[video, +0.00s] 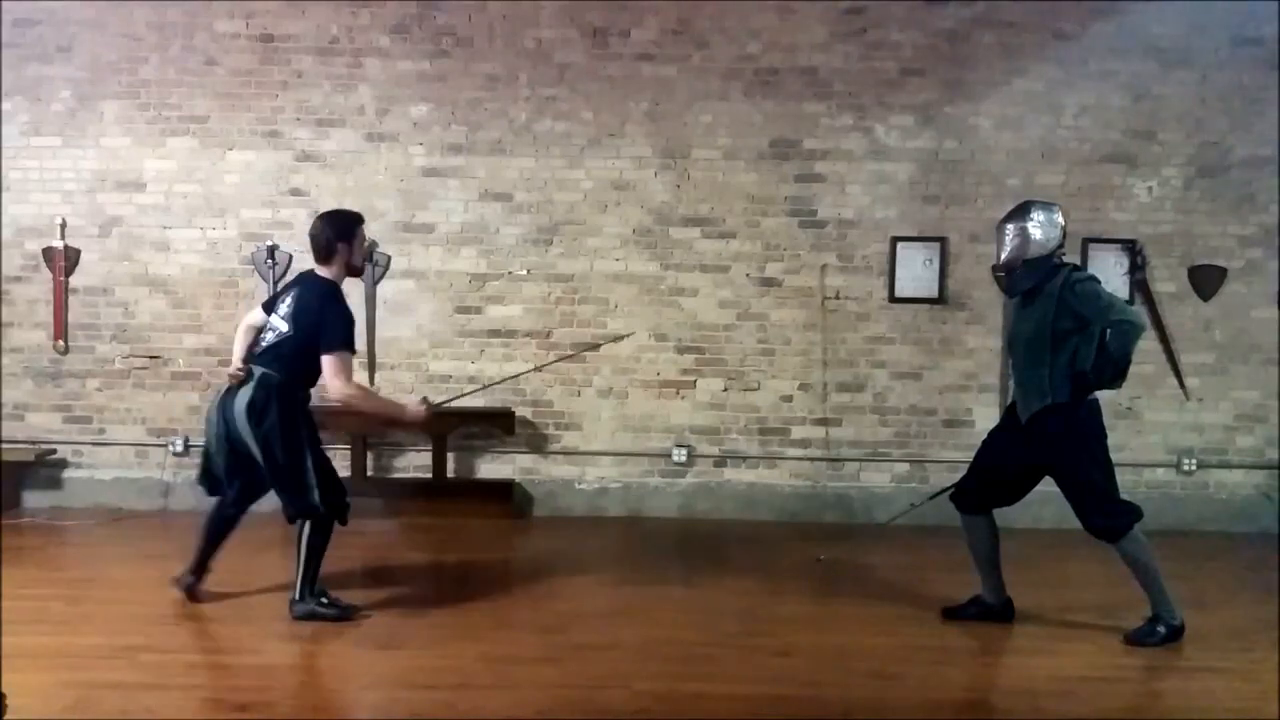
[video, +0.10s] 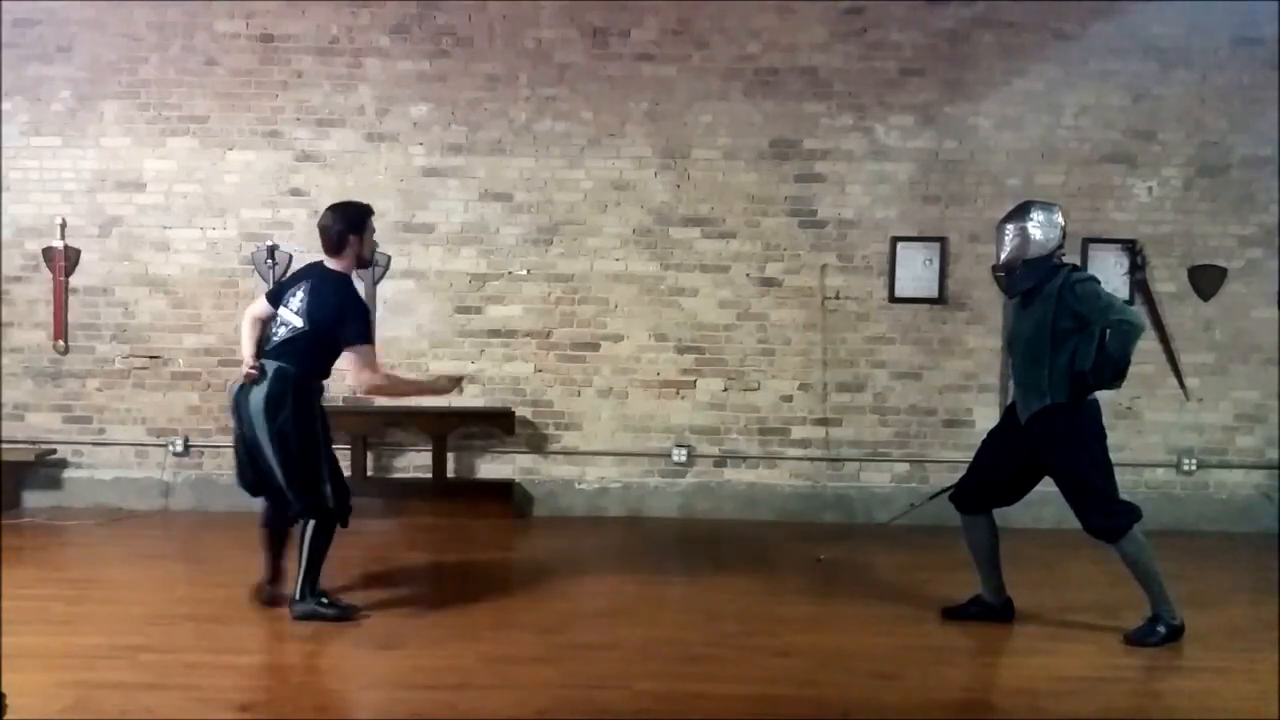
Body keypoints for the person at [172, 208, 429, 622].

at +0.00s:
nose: (366, 249)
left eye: (365, 241)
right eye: (361, 242)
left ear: (322, 248)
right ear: (341, 248)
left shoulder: (297, 285)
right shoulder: (334, 307)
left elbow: (248, 323)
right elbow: (340, 389)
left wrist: (238, 363)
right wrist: (402, 410)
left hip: (238, 398)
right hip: (272, 407)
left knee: (247, 484)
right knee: (325, 496)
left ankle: (192, 574)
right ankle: (306, 595)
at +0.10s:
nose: (373, 241)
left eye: (371, 234)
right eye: (369, 235)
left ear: (328, 240)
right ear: (353, 241)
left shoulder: (302, 276)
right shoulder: (349, 300)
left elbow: (254, 313)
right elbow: (366, 380)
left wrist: (249, 358)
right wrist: (432, 386)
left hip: (251, 393)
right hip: (286, 399)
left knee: (280, 494)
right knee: (329, 498)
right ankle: (306, 596)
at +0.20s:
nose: (381, 235)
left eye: (379, 227)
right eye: (377, 228)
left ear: (337, 235)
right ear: (361, 235)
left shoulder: (307, 269)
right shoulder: (361, 292)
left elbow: (259, 310)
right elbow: (394, 367)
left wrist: (262, 355)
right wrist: (457, 358)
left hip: (270, 387)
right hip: (305, 391)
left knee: (317, 492)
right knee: (328, 495)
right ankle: (306, 596)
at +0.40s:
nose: (394, 228)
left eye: (392, 220)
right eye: (391, 221)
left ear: (349, 226)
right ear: (375, 227)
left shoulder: (324, 267)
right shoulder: (385, 283)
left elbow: (279, 315)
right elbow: (448, 328)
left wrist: (296, 355)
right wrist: (505, 310)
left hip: (315, 389)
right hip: (347, 393)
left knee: (364, 491)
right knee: (347, 496)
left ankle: (399, 578)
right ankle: (307, 596)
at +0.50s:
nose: (407, 223)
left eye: (404, 215)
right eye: (402, 216)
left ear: (363, 225)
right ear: (388, 223)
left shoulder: (340, 268)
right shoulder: (401, 274)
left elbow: (303, 321)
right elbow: (471, 300)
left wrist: (325, 362)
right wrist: (532, 285)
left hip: (341, 388)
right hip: (373, 389)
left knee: (379, 488)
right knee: (397, 492)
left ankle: (407, 581)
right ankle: (329, 573)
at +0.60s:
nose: (416, 222)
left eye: (415, 214)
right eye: (413, 215)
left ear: (373, 222)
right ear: (398, 220)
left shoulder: (353, 266)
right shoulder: (414, 268)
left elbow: (321, 321)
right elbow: (491, 282)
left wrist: (337, 361)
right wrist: (550, 271)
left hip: (352, 388)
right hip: (388, 386)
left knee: (385, 483)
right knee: (449, 464)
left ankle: (405, 579)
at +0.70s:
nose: (430, 220)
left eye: (428, 211)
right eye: (427, 213)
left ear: (387, 219)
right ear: (412, 218)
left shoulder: (366, 262)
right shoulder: (427, 265)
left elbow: (335, 315)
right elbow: (502, 274)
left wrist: (347, 357)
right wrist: (565, 264)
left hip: (362, 389)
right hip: (399, 383)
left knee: (385, 486)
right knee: (474, 426)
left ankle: (404, 580)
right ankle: (416, 478)